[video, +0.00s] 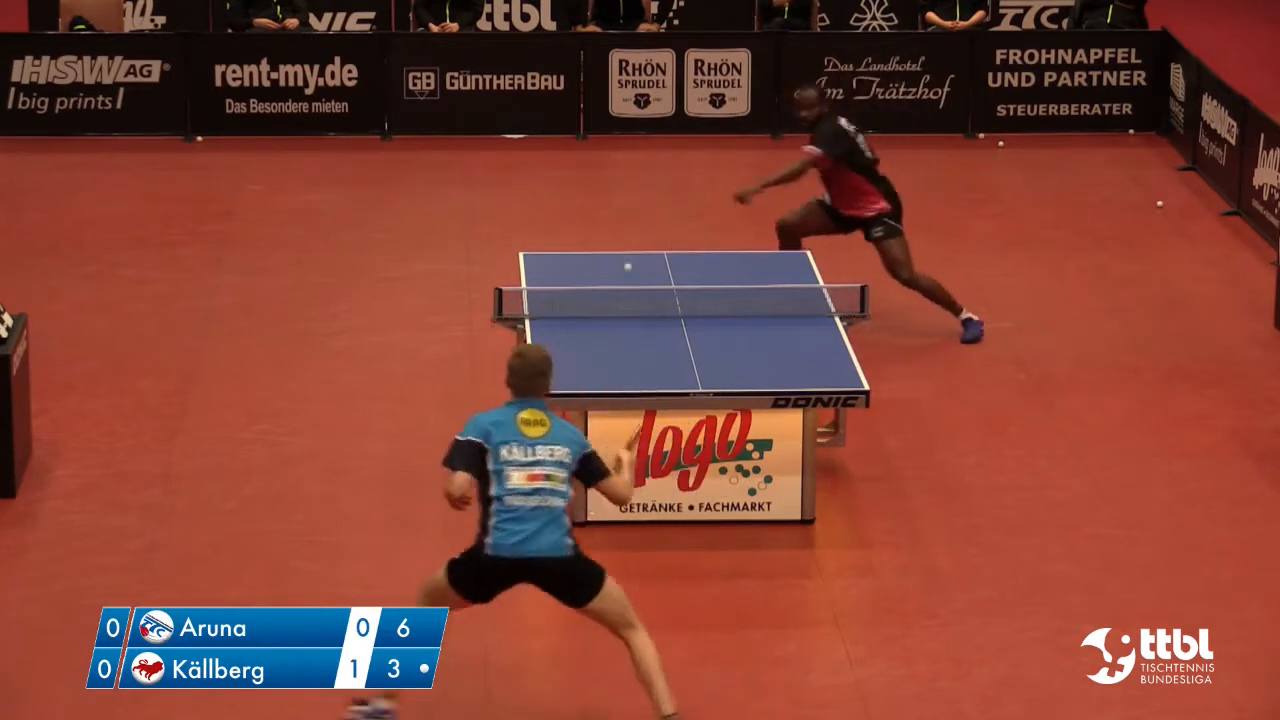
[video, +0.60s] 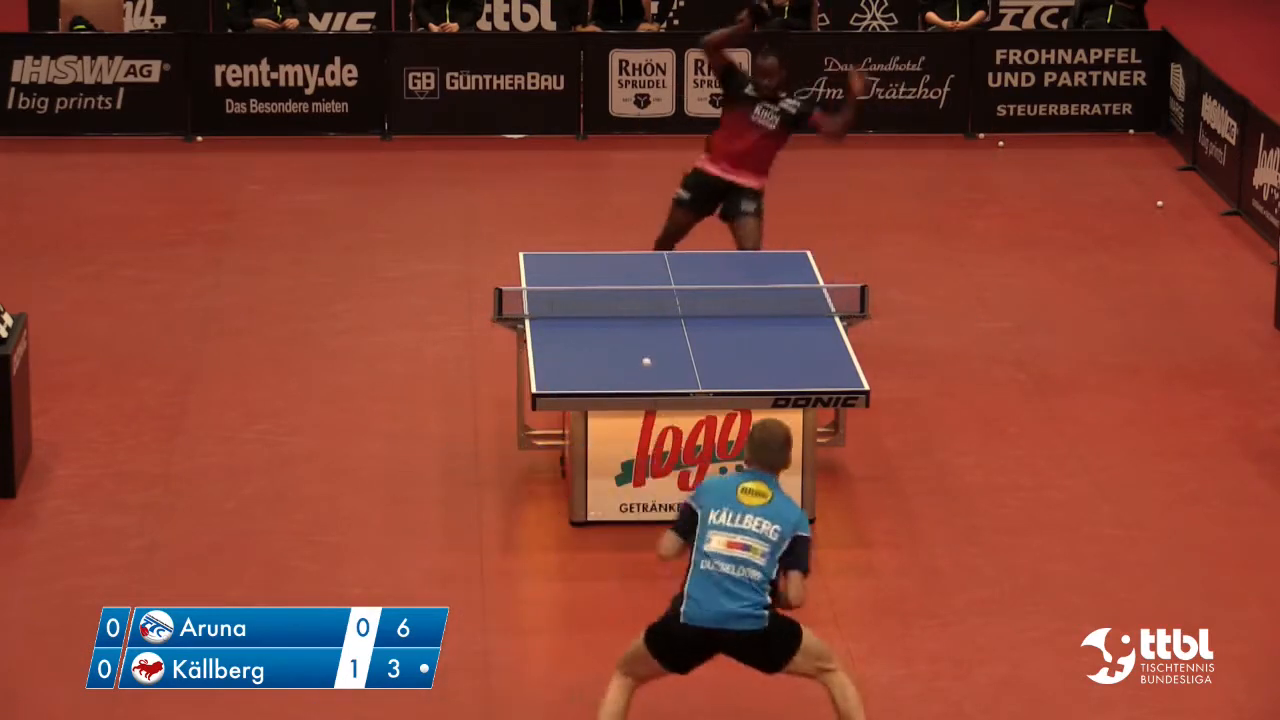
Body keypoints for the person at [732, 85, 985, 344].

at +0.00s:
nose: (802, 113)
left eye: (808, 106)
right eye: (799, 108)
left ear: (823, 104)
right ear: (798, 109)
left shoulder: (830, 130)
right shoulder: (826, 125)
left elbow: (800, 170)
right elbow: (866, 155)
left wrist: (756, 189)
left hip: (876, 210)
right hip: (842, 207)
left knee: (904, 274)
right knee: (787, 227)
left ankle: (966, 318)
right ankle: (791, 299)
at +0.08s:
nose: (781, 108)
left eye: (787, 102)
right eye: (778, 102)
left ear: (801, 100)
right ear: (776, 102)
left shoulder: (804, 124)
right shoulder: (815, 113)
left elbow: (780, 159)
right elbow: (859, 139)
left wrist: (745, 180)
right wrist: (859, 160)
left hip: (859, 206)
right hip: (826, 202)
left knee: (889, 268)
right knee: (774, 226)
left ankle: (953, 313)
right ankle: (789, 293)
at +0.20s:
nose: (756, 84)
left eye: (761, 77)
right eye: (753, 78)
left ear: (775, 76)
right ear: (755, 78)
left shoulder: (787, 97)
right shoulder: (774, 100)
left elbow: (802, 124)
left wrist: (797, 154)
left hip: (833, 181)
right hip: (803, 182)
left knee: (855, 249)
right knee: (760, 224)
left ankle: (910, 306)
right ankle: (778, 289)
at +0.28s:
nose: (750, 62)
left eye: (754, 55)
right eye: (748, 56)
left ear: (771, 53)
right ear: (760, 56)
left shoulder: (803, 77)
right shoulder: (764, 87)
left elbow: (824, 110)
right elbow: (754, 132)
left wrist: (815, 126)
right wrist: (709, 136)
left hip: (817, 167)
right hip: (783, 169)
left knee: (818, 227)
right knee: (753, 225)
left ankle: (856, 289)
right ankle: (776, 282)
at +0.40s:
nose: (762, 57)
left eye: (768, 51)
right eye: (760, 51)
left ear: (782, 50)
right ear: (758, 51)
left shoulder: (807, 73)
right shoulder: (753, 70)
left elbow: (840, 73)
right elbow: (723, 48)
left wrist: (830, 29)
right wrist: (760, 37)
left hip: (788, 153)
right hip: (756, 154)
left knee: (778, 201)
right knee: (720, 224)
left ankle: (812, 262)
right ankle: (759, 268)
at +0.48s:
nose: (768, 65)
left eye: (774, 59)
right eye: (765, 58)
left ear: (789, 59)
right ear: (758, 57)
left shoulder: (803, 84)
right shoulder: (749, 73)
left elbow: (848, 69)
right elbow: (727, 24)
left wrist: (843, 24)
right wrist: (760, 16)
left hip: (765, 163)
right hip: (729, 159)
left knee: (766, 214)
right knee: (690, 224)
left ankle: (813, 265)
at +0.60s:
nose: (764, 80)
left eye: (770, 75)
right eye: (760, 74)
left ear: (782, 75)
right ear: (754, 71)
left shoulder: (794, 109)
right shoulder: (737, 85)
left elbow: (835, 128)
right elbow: (710, 45)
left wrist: (853, 98)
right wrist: (742, 28)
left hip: (746, 190)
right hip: (707, 177)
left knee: (751, 256)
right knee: (665, 241)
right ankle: (650, 291)